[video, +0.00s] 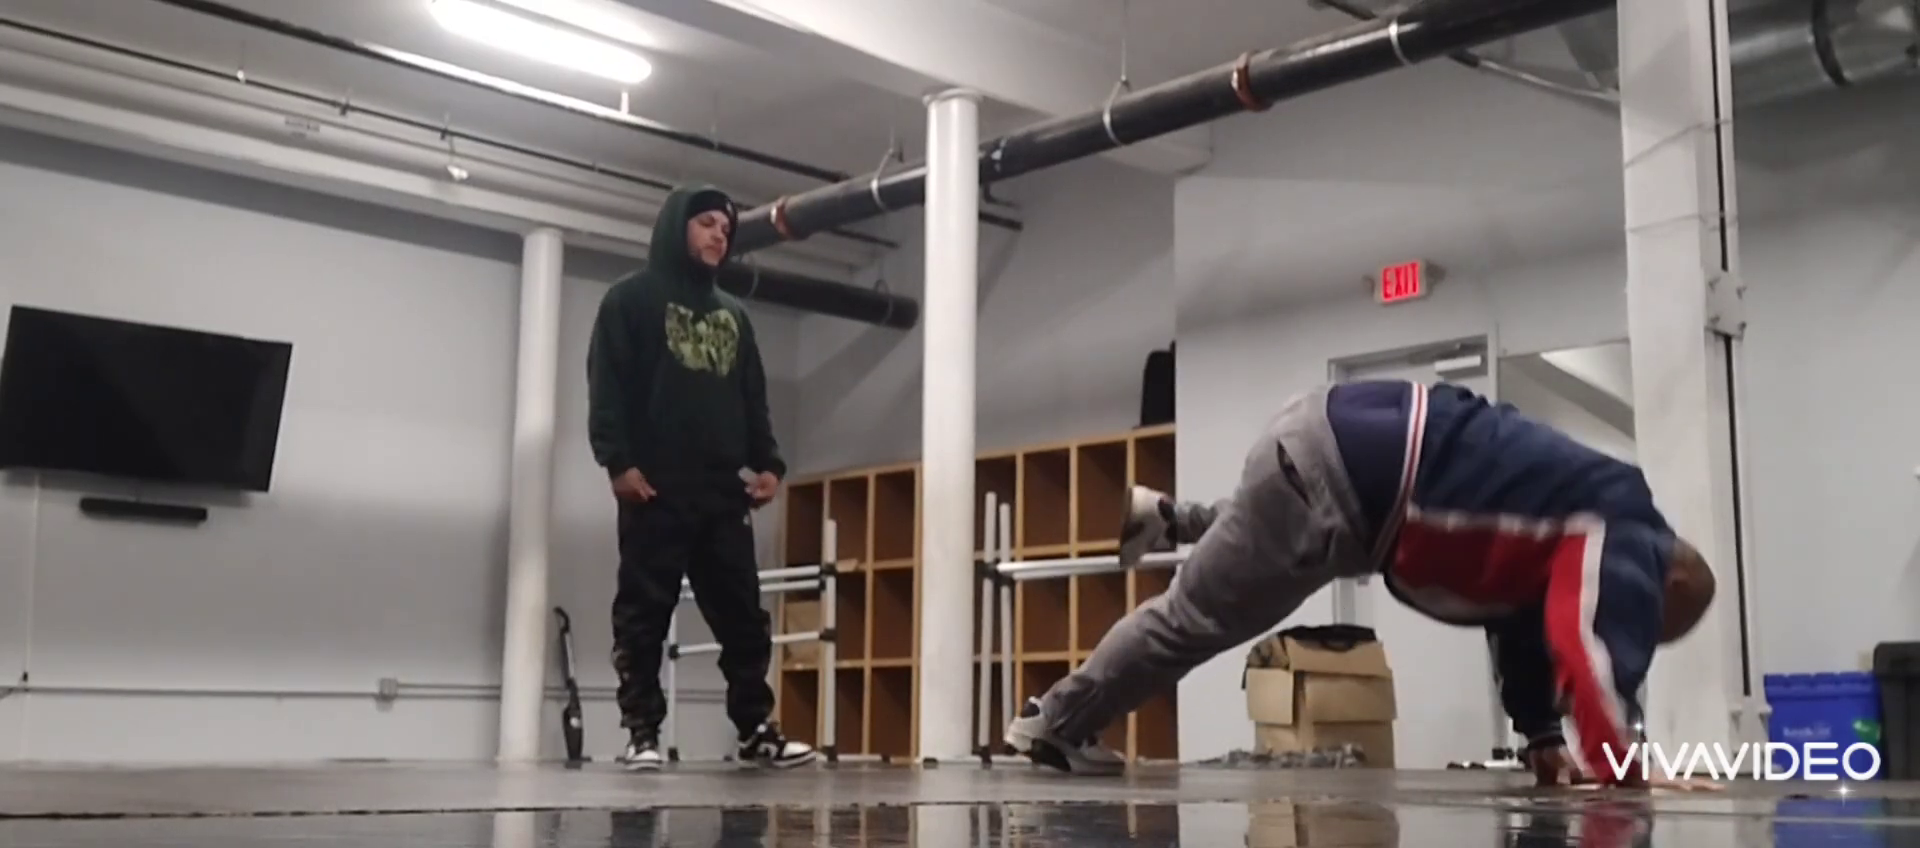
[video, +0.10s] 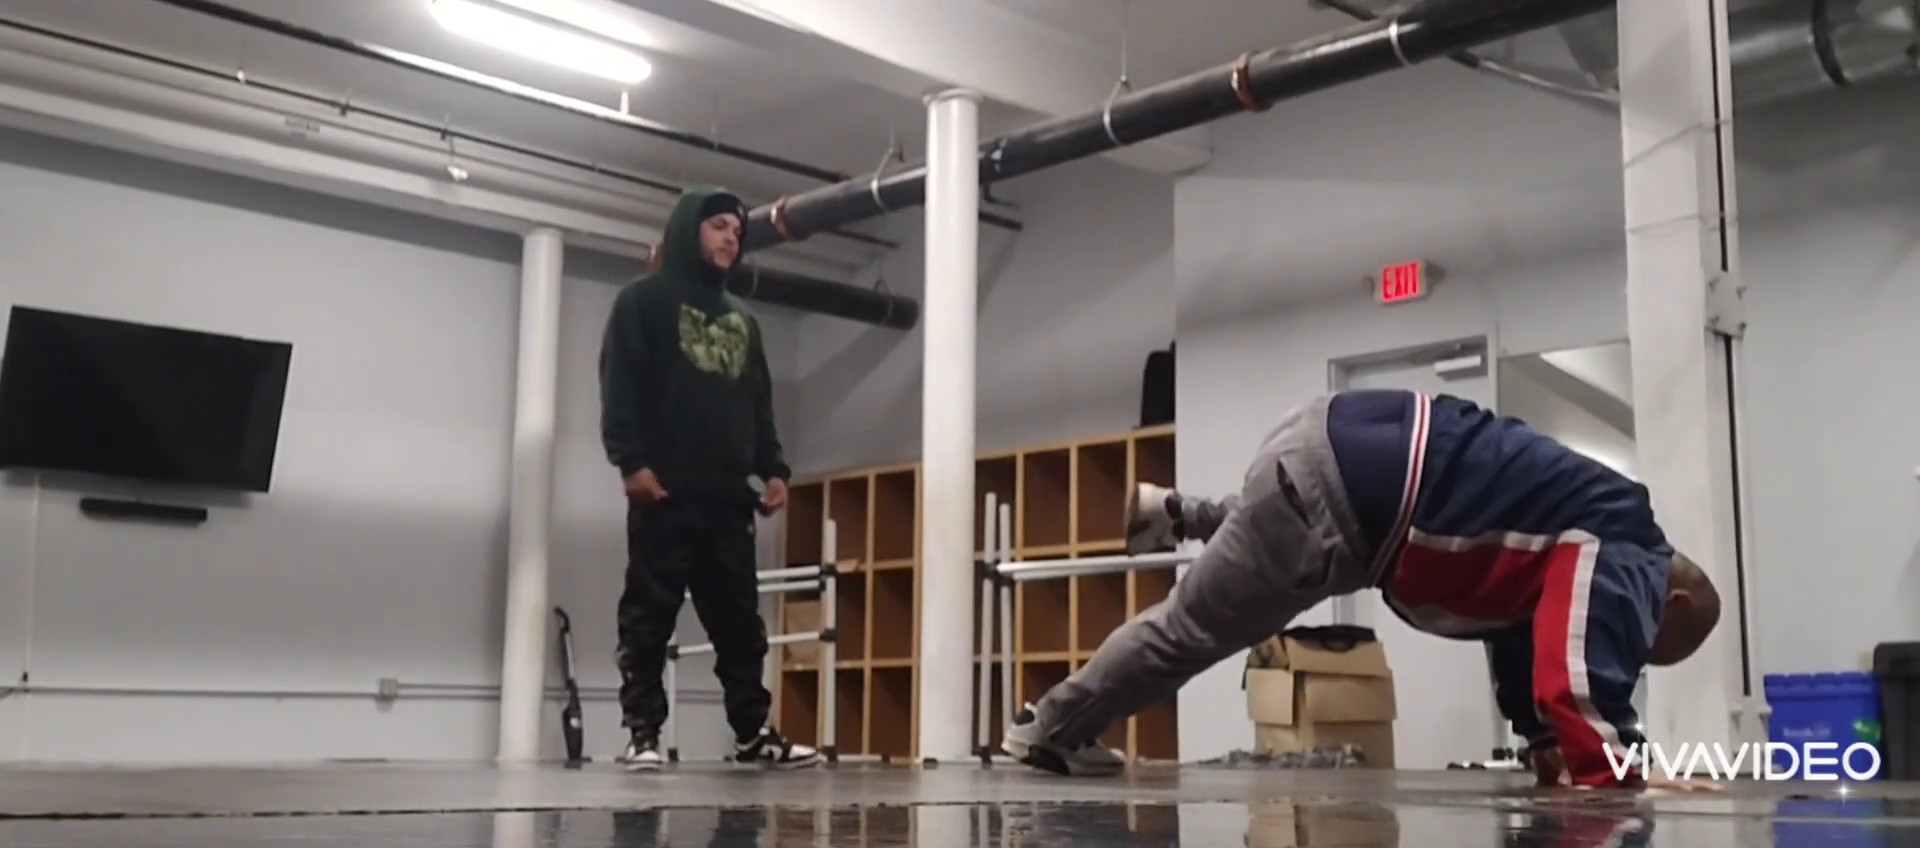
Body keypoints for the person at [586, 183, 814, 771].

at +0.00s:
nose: (718, 235)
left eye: (724, 229)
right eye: (707, 224)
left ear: (727, 242)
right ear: (677, 228)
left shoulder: (733, 315)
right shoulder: (630, 299)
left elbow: (754, 397)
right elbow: (606, 389)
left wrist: (768, 463)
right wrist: (619, 464)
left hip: (722, 486)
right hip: (652, 484)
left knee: (742, 613)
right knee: (644, 612)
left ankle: (755, 731)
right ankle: (642, 735)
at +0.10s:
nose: (730, 237)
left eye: (736, 231)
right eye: (719, 226)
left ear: (738, 245)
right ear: (689, 230)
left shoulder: (742, 320)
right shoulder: (642, 301)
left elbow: (759, 404)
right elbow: (619, 386)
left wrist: (773, 469)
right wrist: (632, 464)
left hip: (727, 488)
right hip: (662, 484)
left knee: (737, 615)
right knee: (650, 613)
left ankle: (752, 733)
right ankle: (643, 735)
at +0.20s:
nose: (744, 242)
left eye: (749, 236)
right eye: (734, 230)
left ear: (751, 249)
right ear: (702, 233)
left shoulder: (753, 323)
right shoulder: (658, 301)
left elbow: (768, 407)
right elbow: (636, 387)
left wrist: (779, 474)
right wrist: (648, 464)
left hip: (737, 488)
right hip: (674, 483)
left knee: (741, 617)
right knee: (658, 612)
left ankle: (755, 733)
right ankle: (645, 735)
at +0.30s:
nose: (759, 245)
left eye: (764, 237)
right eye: (748, 233)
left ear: (766, 249)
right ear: (716, 237)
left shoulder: (765, 322)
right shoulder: (674, 304)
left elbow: (780, 406)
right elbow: (655, 388)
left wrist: (789, 476)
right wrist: (668, 465)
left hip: (754, 490)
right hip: (694, 485)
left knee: (751, 619)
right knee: (668, 613)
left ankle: (756, 734)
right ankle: (646, 735)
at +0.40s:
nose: (776, 248)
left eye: (781, 242)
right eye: (766, 237)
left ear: (781, 253)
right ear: (734, 241)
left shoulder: (777, 325)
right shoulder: (691, 307)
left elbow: (793, 409)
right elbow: (676, 392)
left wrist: (805, 477)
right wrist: (690, 469)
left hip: (771, 489)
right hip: (713, 484)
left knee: (763, 617)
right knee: (685, 610)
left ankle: (758, 735)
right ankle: (649, 734)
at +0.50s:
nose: (789, 251)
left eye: (794, 244)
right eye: (779, 239)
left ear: (795, 255)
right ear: (748, 241)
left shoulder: (787, 325)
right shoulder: (707, 308)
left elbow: (804, 409)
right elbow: (697, 394)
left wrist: (817, 481)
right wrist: (711, 471)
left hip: (785, 489)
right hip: (730, 485)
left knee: (770, 615)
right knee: (703, 607)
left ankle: (758, 735)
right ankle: (655, 732)